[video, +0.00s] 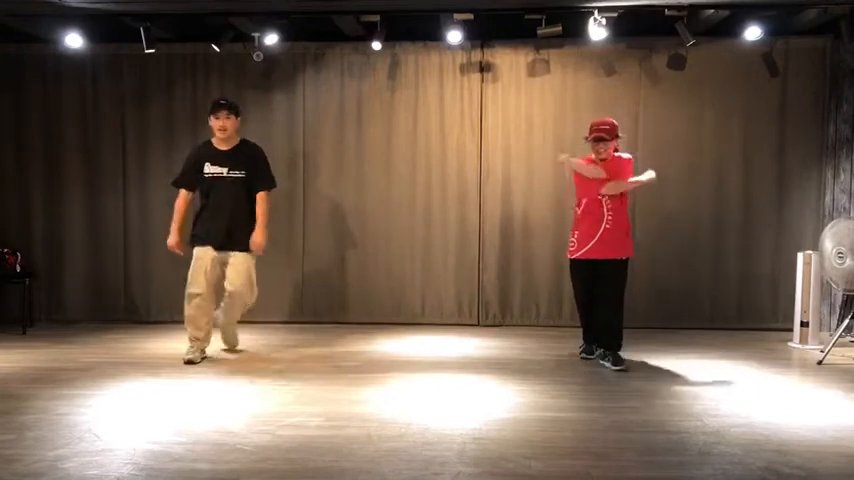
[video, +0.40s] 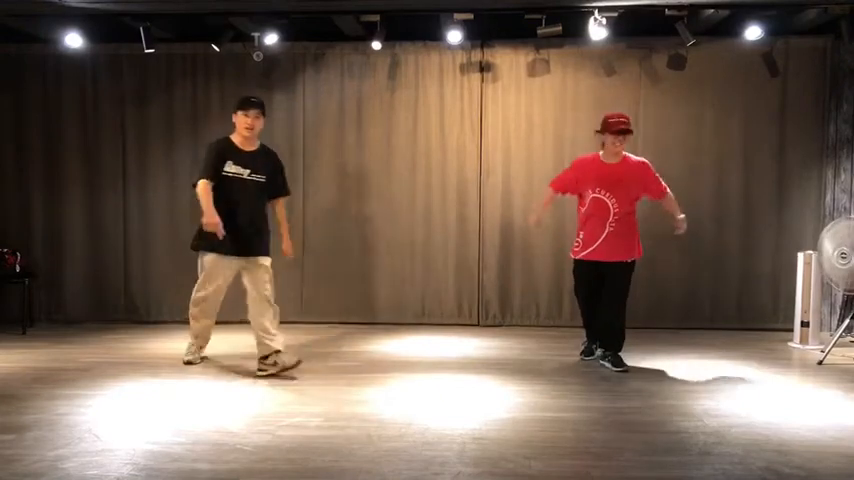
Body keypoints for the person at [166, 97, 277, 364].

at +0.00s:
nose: (222, 123)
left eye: (228, 117)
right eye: (217, 118)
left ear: (238, 121)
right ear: (210, 122)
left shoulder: (253, 153)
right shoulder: (200, 153)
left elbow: (262, 195)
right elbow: (184, 193)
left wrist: (260, 231)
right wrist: (175, 232)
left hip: (241, 239)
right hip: (207, 238)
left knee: (242, 291)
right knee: (198, 293)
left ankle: (227, 323)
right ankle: (196, 344)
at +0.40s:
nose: (250, 122)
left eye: (256, 117)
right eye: (245, 115)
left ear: (263, 122)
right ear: (235, 118)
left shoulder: (270, 158)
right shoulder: (219, 150)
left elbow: (278, 200)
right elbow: (203, 184)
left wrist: (285, 236)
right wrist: (209, 212)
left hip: (256, 243)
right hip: (220, 241)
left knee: (263, 300)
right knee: (206, 296)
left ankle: (269, 354)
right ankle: (196, 345)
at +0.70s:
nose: (293, 116)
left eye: (298, 111)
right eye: (287, 110)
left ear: (304, 116)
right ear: (275, 112)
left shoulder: (308, 153)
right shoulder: (254, 146)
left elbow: (315, 197)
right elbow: (240, 188)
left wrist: (319, 235)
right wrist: (237, 228)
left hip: (296, 240)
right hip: (263, 238)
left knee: (289, 303)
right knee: (267, 296)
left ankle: (273, 359)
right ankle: (243, 348)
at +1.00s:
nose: (328, 118)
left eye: (333, 112)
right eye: (321, 112)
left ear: (337, 116)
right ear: (308, 115)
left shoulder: (341, 153)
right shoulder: (295, 151)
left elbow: (357, 193)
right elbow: (284, 196)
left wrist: (377, 225)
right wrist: (285, 240)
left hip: (331, 243)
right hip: (308, 243)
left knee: (303, 307)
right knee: (333, 304)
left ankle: (274, 358)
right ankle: (359, 365)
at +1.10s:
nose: (344, 119)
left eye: (349, 113)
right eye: (337, 112)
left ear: (354, 118)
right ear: (325, 115)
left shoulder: (357, 154)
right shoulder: (312, 154)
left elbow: (371, 197)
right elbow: (303, 201)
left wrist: (387, 229)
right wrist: (306, 246)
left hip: (350, 244)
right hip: (327, 245)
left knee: (320, 304)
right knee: (347, 307)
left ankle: (282, 351)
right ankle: (366, 372)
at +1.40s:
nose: (402, 111)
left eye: (407, 106)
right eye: (396, 104)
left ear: (410, 111)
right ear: (381, 105)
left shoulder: (406, 148)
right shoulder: (366, 142)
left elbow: (411, 194)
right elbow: (367, 191)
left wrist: (413, 233)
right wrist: (386, 235)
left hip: (403, 239)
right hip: (372, 242)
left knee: (424, 292)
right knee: (372, 309)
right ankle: (369, 372)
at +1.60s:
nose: (441, 113)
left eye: (446, 108)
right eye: (435, 106)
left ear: (449, 114)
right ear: (420, 107)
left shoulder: (442, 153)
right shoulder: (404, 144)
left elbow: (443, 200)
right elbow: (407, 191)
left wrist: (444, 236)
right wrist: (438, 230)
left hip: (437, 247)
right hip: (405, 247)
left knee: (455, 309)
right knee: (390, 312)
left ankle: (476, 372)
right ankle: (373, 369)